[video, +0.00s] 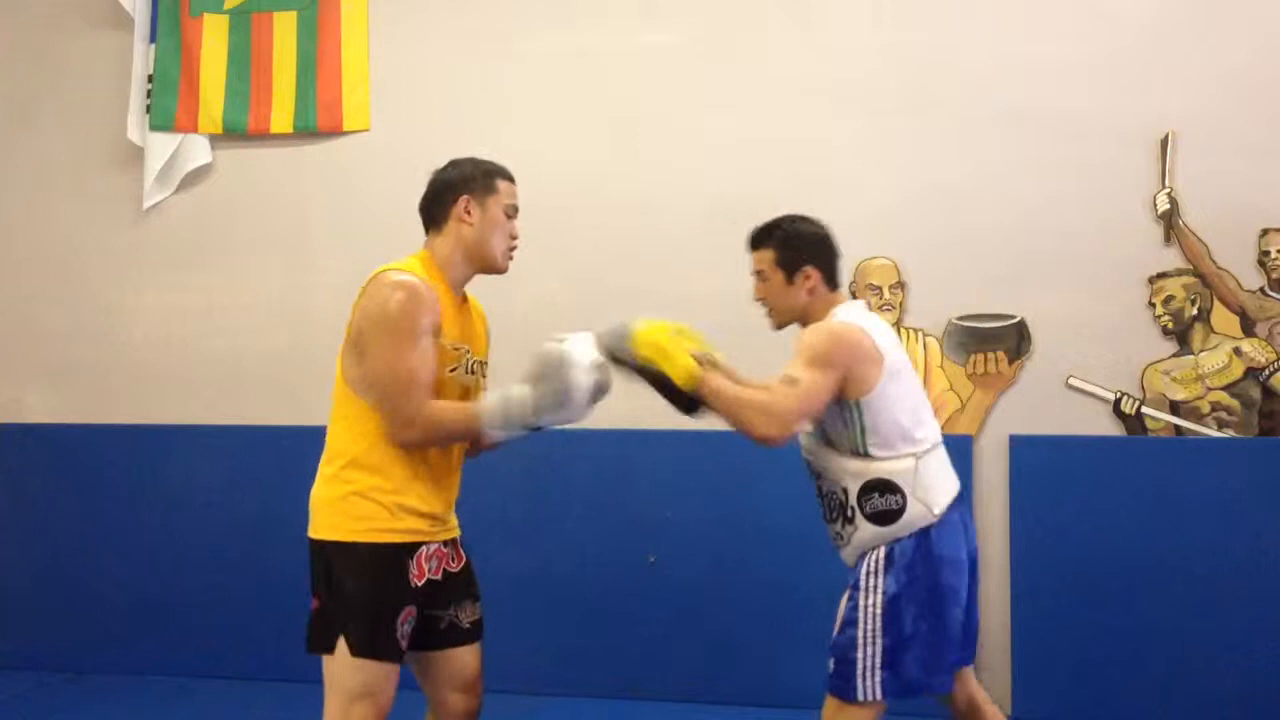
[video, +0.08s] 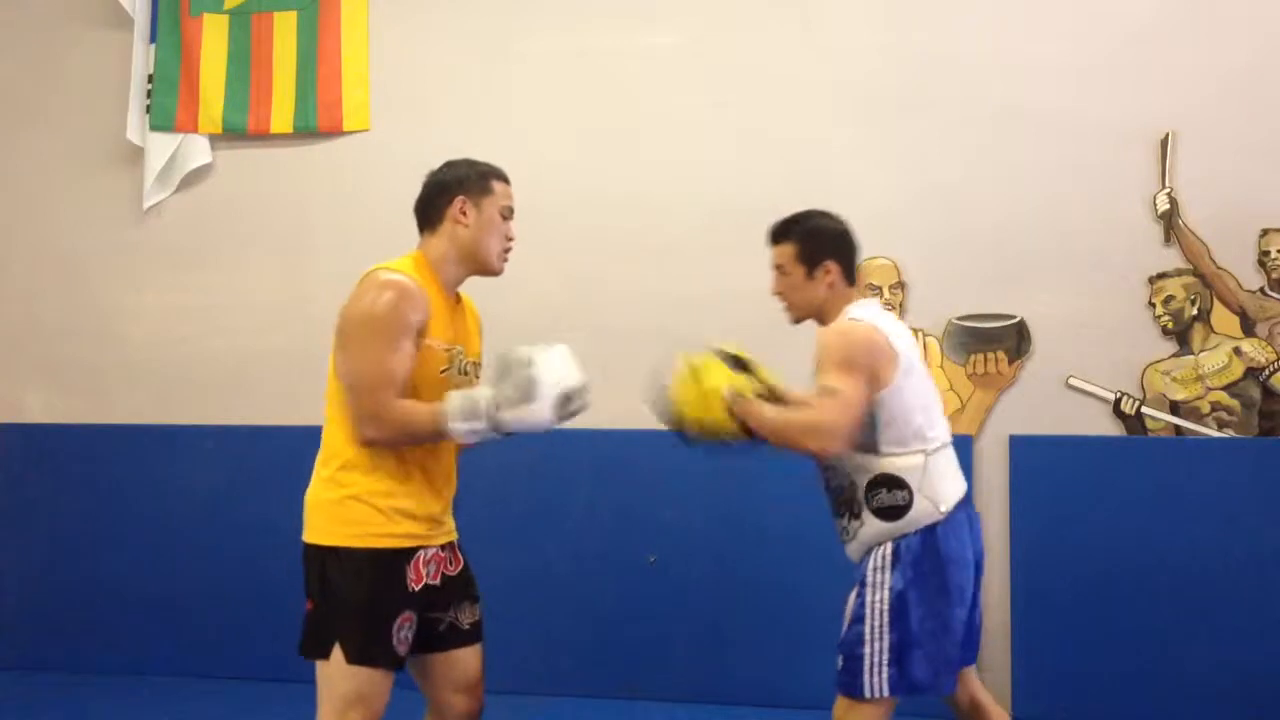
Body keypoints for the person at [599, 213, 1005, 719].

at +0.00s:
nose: (755, 291)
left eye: (763, 277)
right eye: (755, 277)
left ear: (808, 280)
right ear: (810, 281)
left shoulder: (835, 337)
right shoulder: (854, 326)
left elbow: (773, 424)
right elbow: (781, 404)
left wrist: (696, 377)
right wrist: (714, 372)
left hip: (903, 543)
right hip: (934, 531)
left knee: (850, 702)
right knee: (956, 687)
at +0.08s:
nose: (774, 287)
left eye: (783, 272)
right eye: (775, 272)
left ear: (827, 275)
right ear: (831, 276)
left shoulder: (849, 334)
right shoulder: (877, 322)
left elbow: (830, 433)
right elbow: (846, 413)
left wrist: (747, 412)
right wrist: (775, 396)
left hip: (909, 540)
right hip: (948, 529)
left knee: (861, 706)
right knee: (963, 686)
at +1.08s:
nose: (746, 288)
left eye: (757, 273)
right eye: (747, 273)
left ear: (803, 281)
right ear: (808, 280)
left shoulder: (811, 346)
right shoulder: (867, 322)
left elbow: (725, 397)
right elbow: (910, 414)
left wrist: (624, 393)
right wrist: (840, 486)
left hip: (903, 549)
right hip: (961, 526)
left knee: (857, 706)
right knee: (981, 685)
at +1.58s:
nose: (785, 288)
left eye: (796, 271)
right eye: (786, 272)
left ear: (843, 279)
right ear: (845, 281)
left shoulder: (848, 340)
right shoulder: (902, 329)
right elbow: (933, 437)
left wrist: (724, 441)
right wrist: (835, 461)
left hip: (917, 545)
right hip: (973, 531)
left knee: (870, 707)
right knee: (984, 698)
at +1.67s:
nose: (805, 290)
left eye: (817, 274)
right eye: (806, 274)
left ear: (862, 280)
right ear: (865, 283)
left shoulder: (873, 343)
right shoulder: (912, 332)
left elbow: (896, 433)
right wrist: (834, 480)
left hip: (927, 545)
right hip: (977, 535)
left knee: (870, 706)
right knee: (977, 698)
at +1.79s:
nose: (825, 292)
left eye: (837, 276)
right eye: (825, 278)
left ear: (883, 282)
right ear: (883, 285)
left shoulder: (904, 345)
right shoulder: (916, 336)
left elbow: (964, 434)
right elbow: (920, 436)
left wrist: (888, 511)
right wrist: (844, 452)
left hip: (935, 544)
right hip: (978, 536)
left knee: (853, 705)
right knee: (975, 699)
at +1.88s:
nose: (827, 286)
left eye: (838, 270)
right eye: (826, 272)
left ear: (885, 275)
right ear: (879, 280)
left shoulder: (908, 340)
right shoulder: (911, 336)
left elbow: (974, 423)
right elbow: (915, 440)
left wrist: (895, 498)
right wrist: (836, 447)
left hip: (932, 540)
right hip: (979, 536)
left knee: (846, 703)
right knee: (981, 700)